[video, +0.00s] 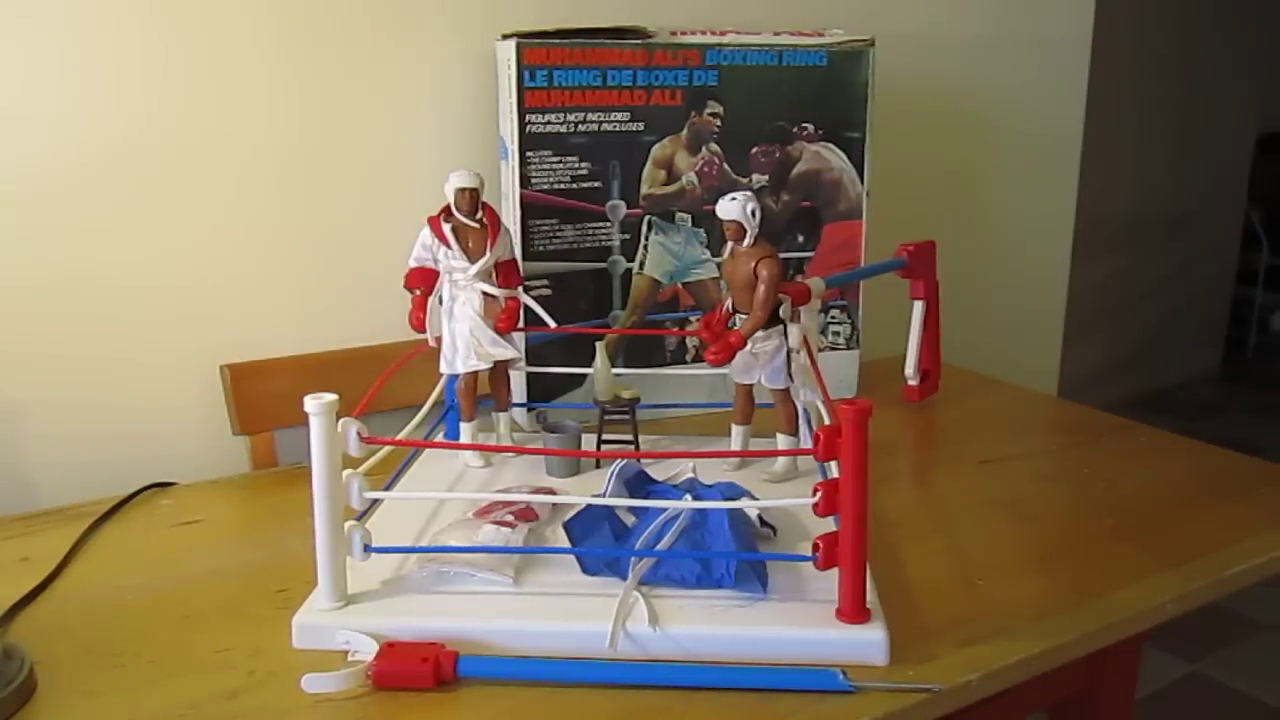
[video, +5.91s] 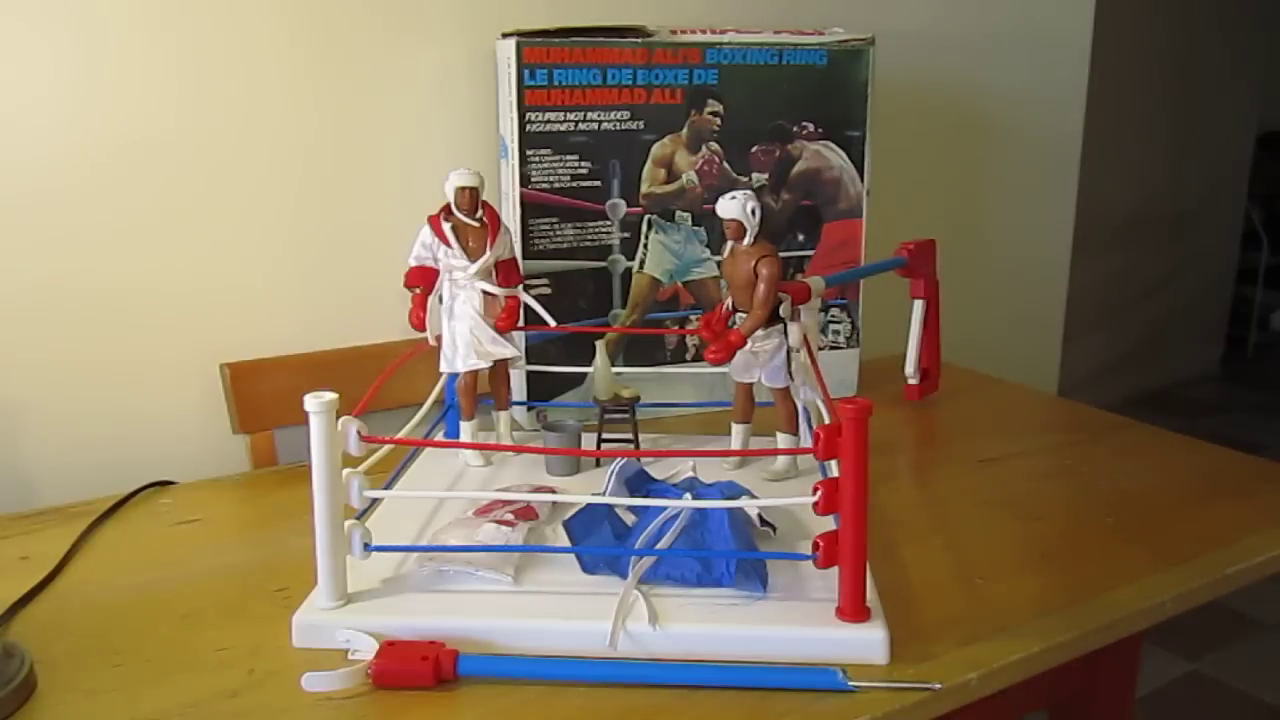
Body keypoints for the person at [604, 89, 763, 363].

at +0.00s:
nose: (719, 123)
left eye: (720, 117)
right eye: (713, 116)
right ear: (693, 117)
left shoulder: (712, 151)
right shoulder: (665, 150)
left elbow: (730, 181)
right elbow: (646, 198)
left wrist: (753, 181)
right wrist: (683, 184)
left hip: (692, 238)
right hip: (659, 235)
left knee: (718, 310)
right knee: (634, 316)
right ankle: (597, 373)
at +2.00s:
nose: (718, 122)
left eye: (720, 117)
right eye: (713, 115)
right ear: (693, 115)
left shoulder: (712, 151)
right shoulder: (664, 149)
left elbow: (730, 181)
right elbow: (647, 198)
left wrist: (751, 182)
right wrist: (682, 184)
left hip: (693, 238)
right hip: (660, 236)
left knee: (719, 310)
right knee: (634, 316)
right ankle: (597, 372)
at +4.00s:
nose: (719, 122)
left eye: (721, 116)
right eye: (714, 115)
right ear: (693, 115)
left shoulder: (712, 151)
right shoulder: (664, 149)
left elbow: (731, 182)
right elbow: (647, 195)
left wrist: (754, 181)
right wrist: (682, 183)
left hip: (694, 237)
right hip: (660, 235)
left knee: (718, 309)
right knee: (635, 313)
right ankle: (597, 371)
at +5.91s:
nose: (719, 122)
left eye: (720, 116)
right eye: (714, 115)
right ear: (693, 114)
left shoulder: (712, 150)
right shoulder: (665, 148)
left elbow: (732, 182)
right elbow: (647, 197)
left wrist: (754, 181)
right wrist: (683, 182)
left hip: (694, 237)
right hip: (660, 235)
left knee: (719, 309)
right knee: (635, 314)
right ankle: (596, 372)